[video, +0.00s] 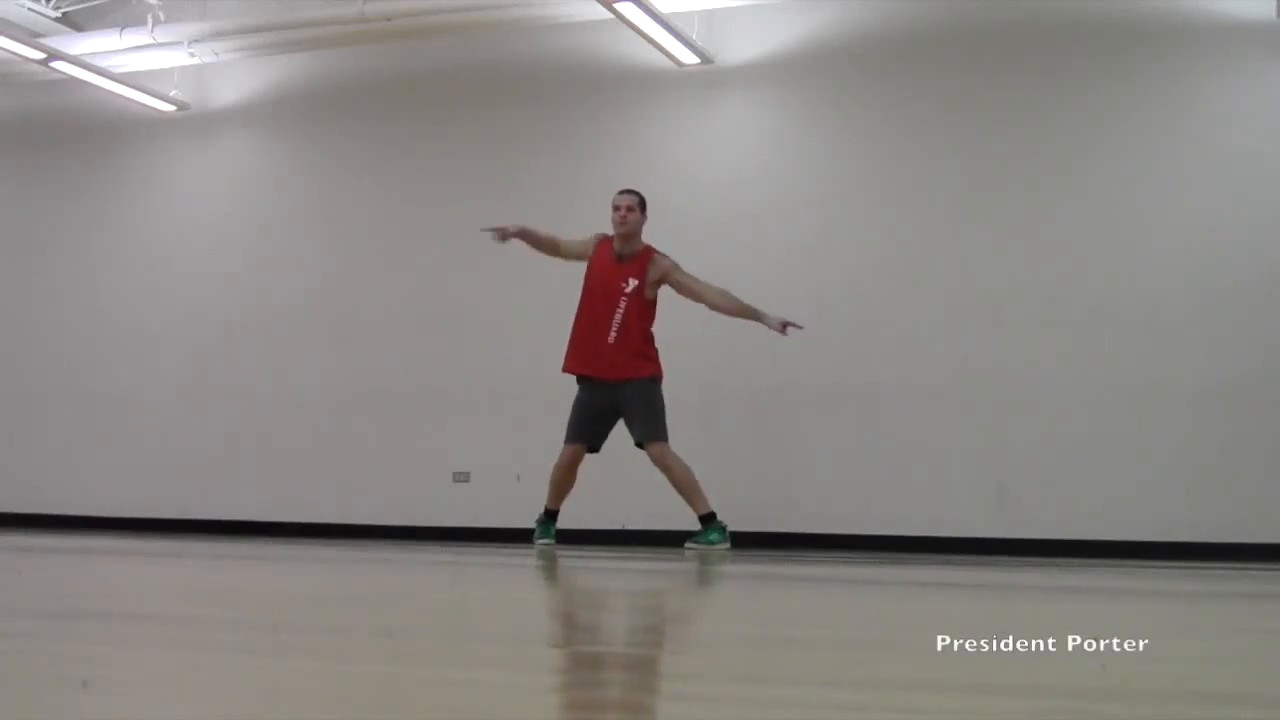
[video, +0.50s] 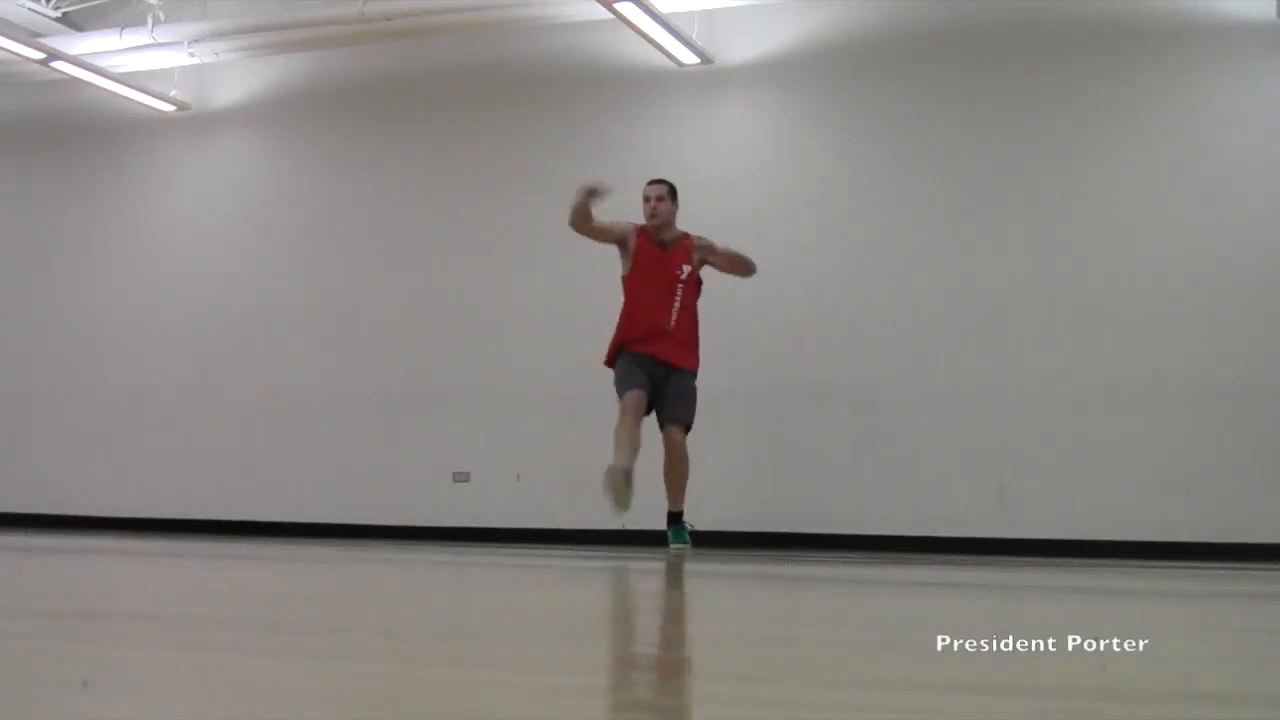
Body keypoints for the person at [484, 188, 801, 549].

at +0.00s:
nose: (621, 214)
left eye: (630, 209)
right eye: (617, 209)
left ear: (643, 219)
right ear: (610, 216)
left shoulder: (657, 264)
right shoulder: (596, 247)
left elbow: (710, 295)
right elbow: (557, 247)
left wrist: (764, 318)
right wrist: (521, 232)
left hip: (638, 378)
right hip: (594, 377)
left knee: (657, 450)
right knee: (571, 452)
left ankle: (711, 526)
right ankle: (547, 521)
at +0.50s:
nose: (652, 206)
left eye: (660, 200)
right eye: (647, 200)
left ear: (675, 206)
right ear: (642, 207)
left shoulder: (694, 246)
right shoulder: (630, 236)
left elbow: (747, 269)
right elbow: (582, 225)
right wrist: (582, 199)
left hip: (678, 356)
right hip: (635, 350)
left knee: (675, 436)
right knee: (632, 403)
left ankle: (676, 521)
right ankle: (621, 485)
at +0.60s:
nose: (660, 203)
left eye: (667, 197)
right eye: (655, 197)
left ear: (682, 203)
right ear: (649, 204)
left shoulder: (699, 240)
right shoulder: (635, 233)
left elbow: (739, 256)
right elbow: (583, 247)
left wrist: (704, 222)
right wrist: (618, 215)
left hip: (682, 347)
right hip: (640, 338)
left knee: (677, 438)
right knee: (667, 375)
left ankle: (647, 517)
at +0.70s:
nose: (660, 206)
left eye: (667, 199)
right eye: (654, 200)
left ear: (681, 204)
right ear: (648, 205)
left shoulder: (696, 238)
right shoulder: (639, 238)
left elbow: (732, 252)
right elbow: (598, 269)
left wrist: (703, 212)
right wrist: (615, 223)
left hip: (678, 348)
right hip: (646, 345)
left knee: (683, 441)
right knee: (705, 404)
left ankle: (632, 523)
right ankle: (709, 507)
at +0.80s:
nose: (659, 210)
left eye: (662, 202)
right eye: (651, 205)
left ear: (672, 210)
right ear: (640, 216)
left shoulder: (687, 242)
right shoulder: (635, 250)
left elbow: (734, 236)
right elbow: (637, 268)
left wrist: (695, 208)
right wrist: (644, 213)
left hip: (684, 361)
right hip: (666, 362)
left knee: (697, 451)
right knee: (728, 433)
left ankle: (633, 524)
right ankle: (702, 521)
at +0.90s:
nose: (660, 211)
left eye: (660, 205)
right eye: (651, 209)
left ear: (660, 210)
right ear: (635, 219)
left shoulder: (658, 239)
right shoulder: (659, 250)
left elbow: (705, 212)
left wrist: (684, 200)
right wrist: (717, 218)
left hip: (675, 367)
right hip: (692, 364)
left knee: (698, 450)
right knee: (739, 439)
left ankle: (638, 520)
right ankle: (708, 525)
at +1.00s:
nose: (679, 203)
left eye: (674, 197)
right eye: (675, 199)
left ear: (643, 209)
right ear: (673, 207)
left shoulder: (632, 238)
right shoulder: (698, 239)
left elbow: (659, 199)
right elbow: (724, 273)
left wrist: (699, 206)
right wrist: (724, 224)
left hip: (667, 363)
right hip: (708, 360)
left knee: (685, 442)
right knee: (742, 436)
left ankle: (663, 515)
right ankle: (708, 524)